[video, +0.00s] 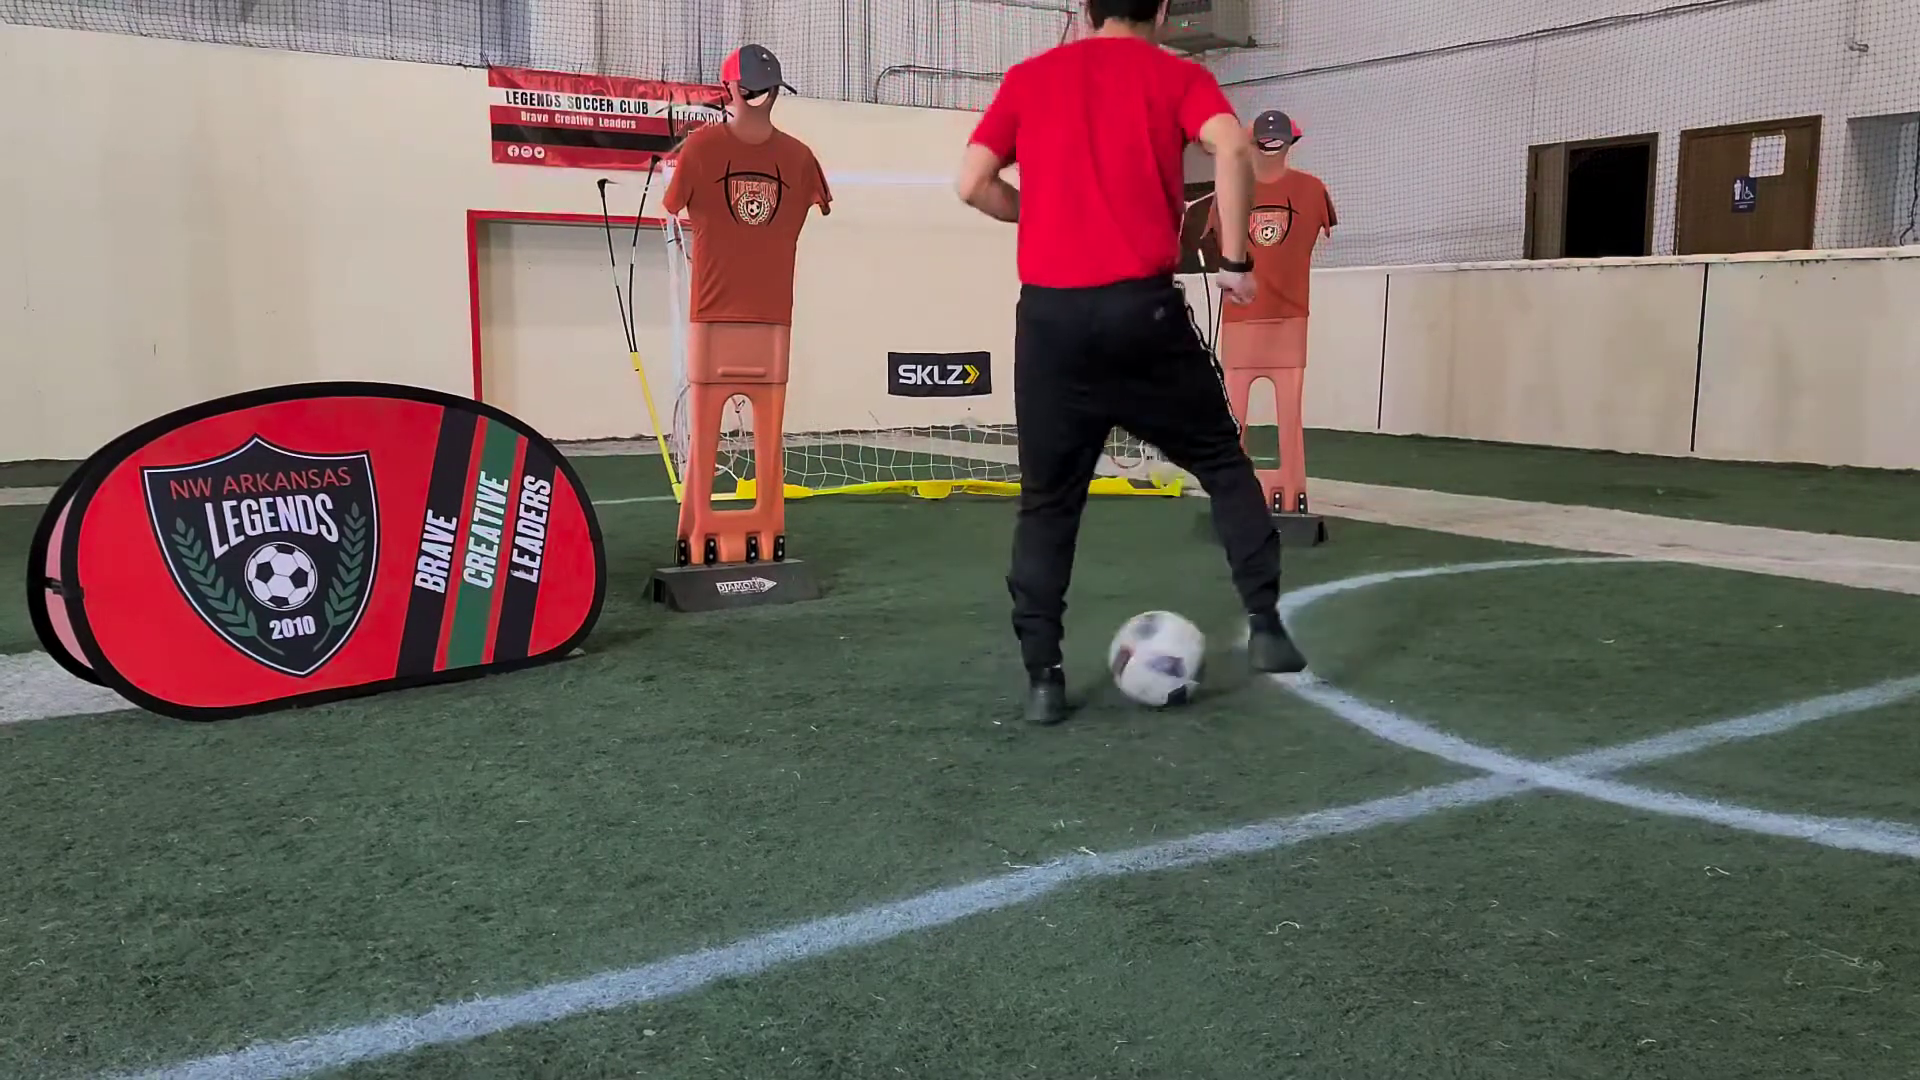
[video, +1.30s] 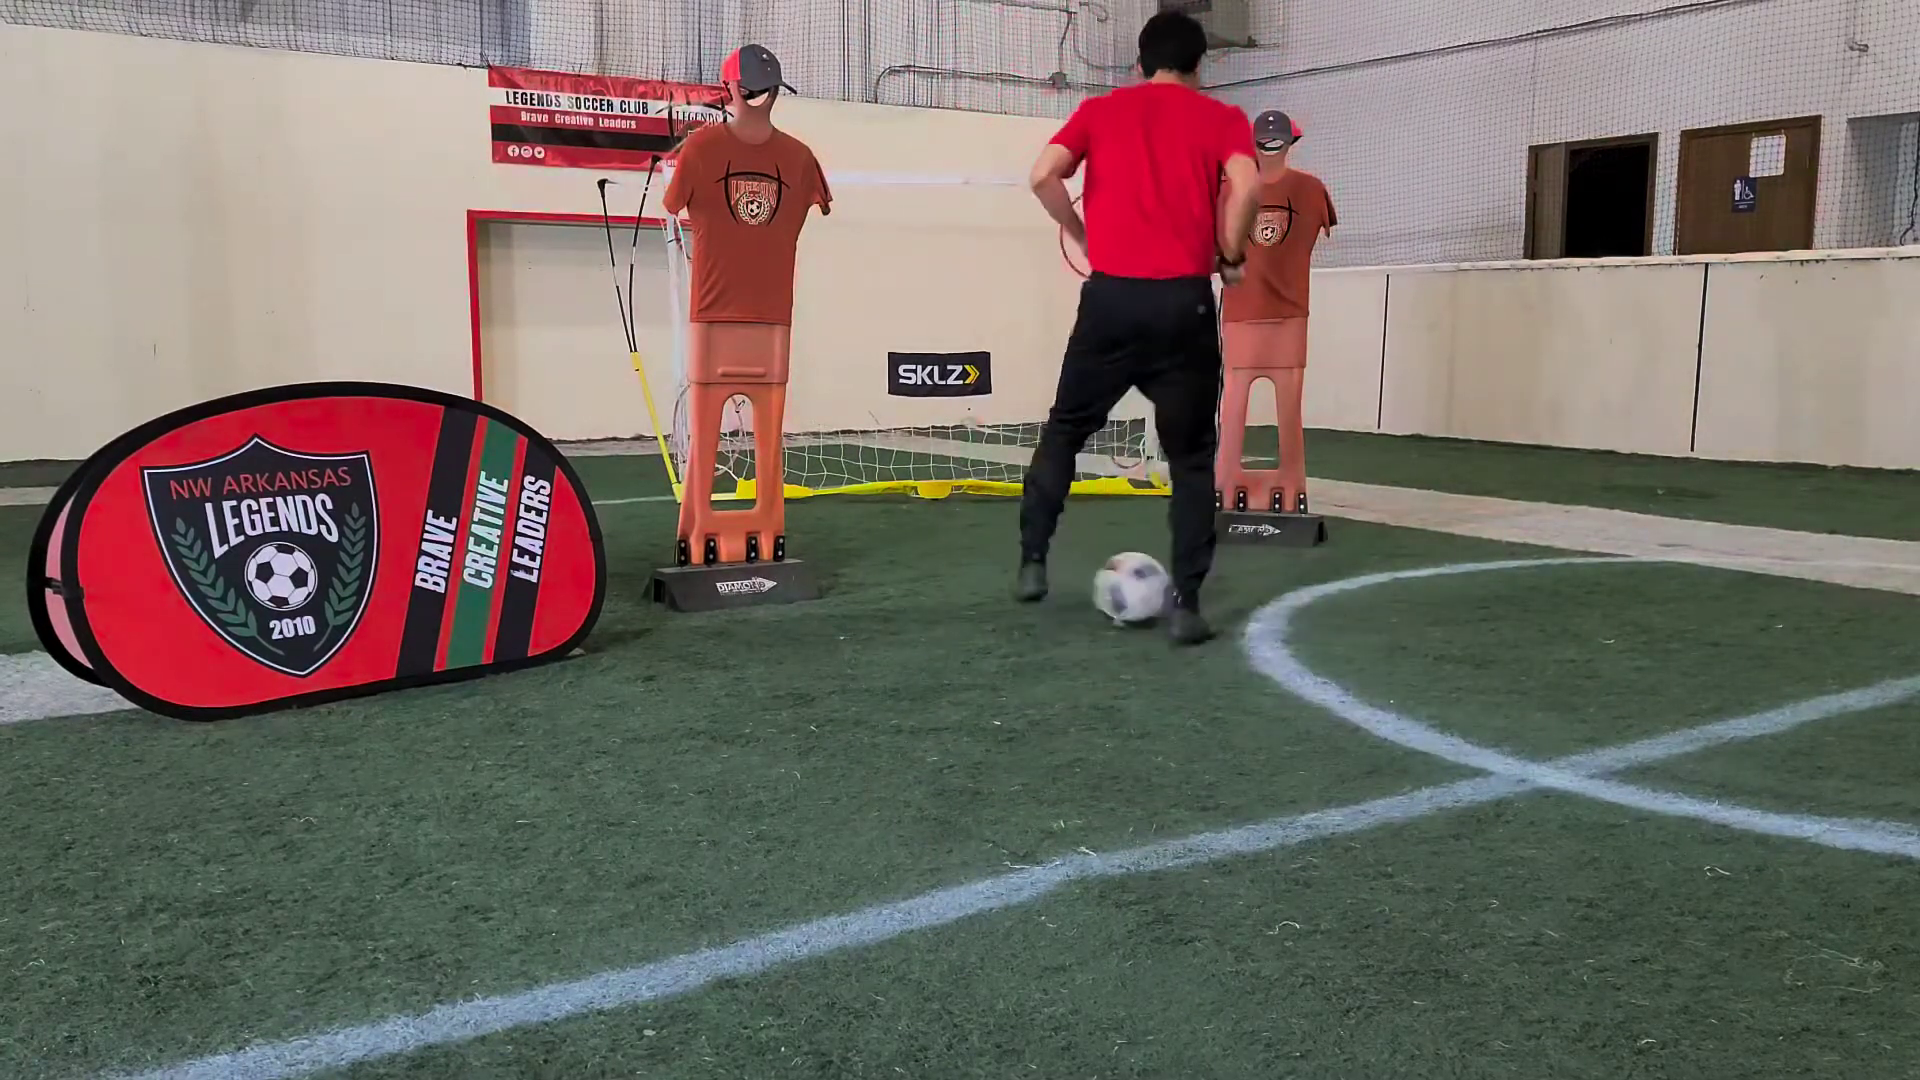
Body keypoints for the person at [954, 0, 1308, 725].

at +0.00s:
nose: (1167, 21)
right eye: (1167, 13)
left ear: (1086, 10)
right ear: (1160, 11)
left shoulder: (1029, 75)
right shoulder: (1177, 73)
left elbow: (973, 183)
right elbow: (1232, 145)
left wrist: (1040, 216)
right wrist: (1231, 250)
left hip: (1048, 314)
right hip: (1143, 308)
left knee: (1048, 494)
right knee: (1222, 462)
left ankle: (1044, 676)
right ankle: (1266, 623)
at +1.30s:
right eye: (1200, 65)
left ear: (1140, 64)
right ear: (1198, 66)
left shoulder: (1101, 109)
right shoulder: (1223, 118)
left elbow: (1044, 176)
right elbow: (1246, 185)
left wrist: (1070, 229)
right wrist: (1232, 253)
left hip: (1108, 303)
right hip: (1184, 307)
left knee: (1065, 430)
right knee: (1191, 454)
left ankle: (1032, 560)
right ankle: (1185, 604)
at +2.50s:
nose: (1236, 120)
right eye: (1238, 113)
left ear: (1187, 110)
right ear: (1236, 113)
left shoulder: (1156, 152)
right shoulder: (1255, 161)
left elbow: (1106, 208)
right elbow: (1285, 230)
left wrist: (1125, 263)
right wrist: (1283, 278)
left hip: (1157, 319)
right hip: (1220, 321)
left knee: (1113, 416)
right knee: (1219, 443)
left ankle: (1081, 526)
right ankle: (1217, 566)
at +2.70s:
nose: (1225, 106)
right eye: (1230, 99)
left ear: (1178, 99)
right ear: (1227, 100)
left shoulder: (1147, 137)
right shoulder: (1248, 143)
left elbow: (1104, 195)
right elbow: (1284, 214)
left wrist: (1128, 243)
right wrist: (1267, 241)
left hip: (1161, 301)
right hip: (1223, 300)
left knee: (1144, 413)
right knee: (1246, 413)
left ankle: (1131, 531)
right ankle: (1244, 529)